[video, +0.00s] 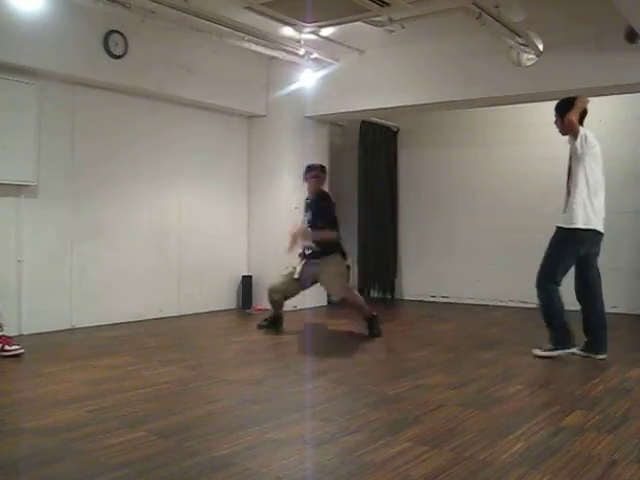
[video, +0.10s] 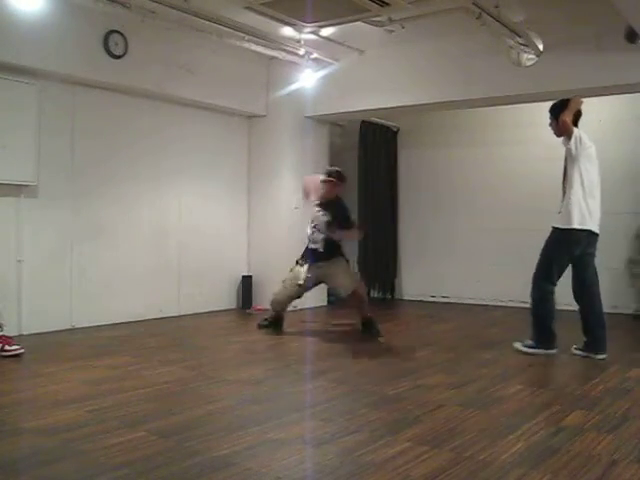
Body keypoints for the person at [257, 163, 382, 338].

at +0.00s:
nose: (315, 181)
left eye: (319, 177)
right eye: (312, 177)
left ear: (324, 180)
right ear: (305, 180)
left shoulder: (324, 200)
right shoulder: (309, 202)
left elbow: (333, 234)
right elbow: (313, 229)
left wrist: (306, 234)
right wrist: (300, 237)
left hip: (331, 259)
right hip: (311, 260)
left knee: (340, 292)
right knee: (276, 291)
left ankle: (370, 317)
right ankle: (276, 318)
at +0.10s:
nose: (326, 187)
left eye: (331, 184)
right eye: (325, 182)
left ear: (339, 188)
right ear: (321, 184)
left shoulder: (339, 207)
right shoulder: (318, 204)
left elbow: (354, 233)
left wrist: (335, 233)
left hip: (333, 262)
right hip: (309, 262)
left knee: (356, 292)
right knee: (278, 299)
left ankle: (367, 321)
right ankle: (276, 319)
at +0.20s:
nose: (361, 198)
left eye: (365, 195)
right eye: (359, 192)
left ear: (368, 198)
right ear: (352, 189)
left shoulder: (361, 221)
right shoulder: (335, 199)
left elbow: (376, 240)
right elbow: (315, 174)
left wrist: (375, 238)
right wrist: (335, 161)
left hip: (335, 263)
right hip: (311, 261)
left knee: (367, 276)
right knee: (292, 301)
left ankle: (367, 323)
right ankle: (274, 318)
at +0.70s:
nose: (376, 153)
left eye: (376, 148)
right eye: (373, 148)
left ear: (372, 148)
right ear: (362, 146)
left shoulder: (372, 169)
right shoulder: (345, 167)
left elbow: (373, 203)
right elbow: (342, 204)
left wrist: (375, 227)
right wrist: (357, 236)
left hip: (365, 229)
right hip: (341, 226)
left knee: (374, 279)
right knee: (331, 265)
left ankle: (367, 320)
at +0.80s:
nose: (363, 148)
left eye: (365, 144)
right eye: (360, 144)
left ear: (367, 143)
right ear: (349, 142)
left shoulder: (368, 163)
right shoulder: (333, 163)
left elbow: (370, 198)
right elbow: (331, 201)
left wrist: (375, 223)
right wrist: (351, 226)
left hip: (365, 225)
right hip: (340, 223)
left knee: (372, 277)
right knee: (331, 260)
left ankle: (367, 319)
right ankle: (340, 281)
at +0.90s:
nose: (350, 150)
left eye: (352, 145)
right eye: (346, 145)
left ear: (356, 143)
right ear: (336, 143)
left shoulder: (362, 161)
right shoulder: (324, 161)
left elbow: (366, 193)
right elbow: (322, 194)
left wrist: (374, 216)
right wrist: (338, 217)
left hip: (366, 228)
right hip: (340, 229)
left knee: (372, 279)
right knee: (334, 277)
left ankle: (368, 322)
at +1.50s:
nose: (362, 146)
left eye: (362, 141)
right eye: (359, 141)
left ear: (360, 141)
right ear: (347, 139)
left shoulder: (360, 161)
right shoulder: (328, 157)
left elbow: (367, 179)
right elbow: (315, 168)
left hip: (349, 222)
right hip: (325, 221)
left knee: (369, 271)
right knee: (332, 269)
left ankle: (361, 321)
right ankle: (326, 326)